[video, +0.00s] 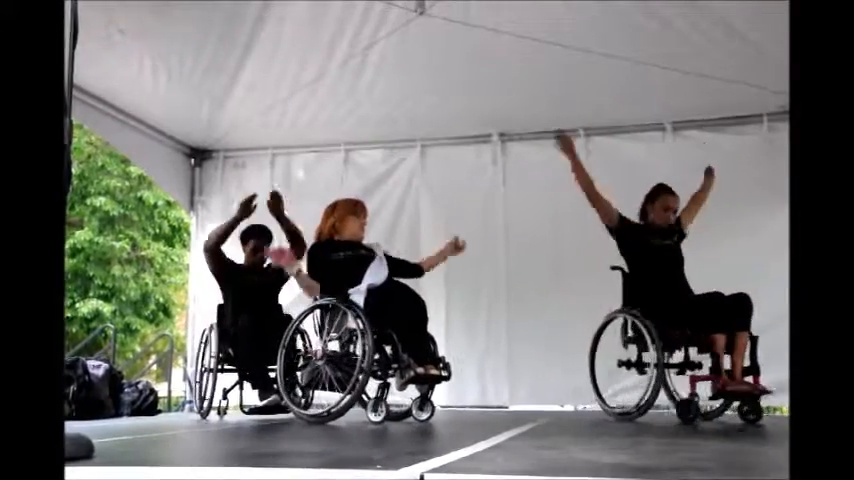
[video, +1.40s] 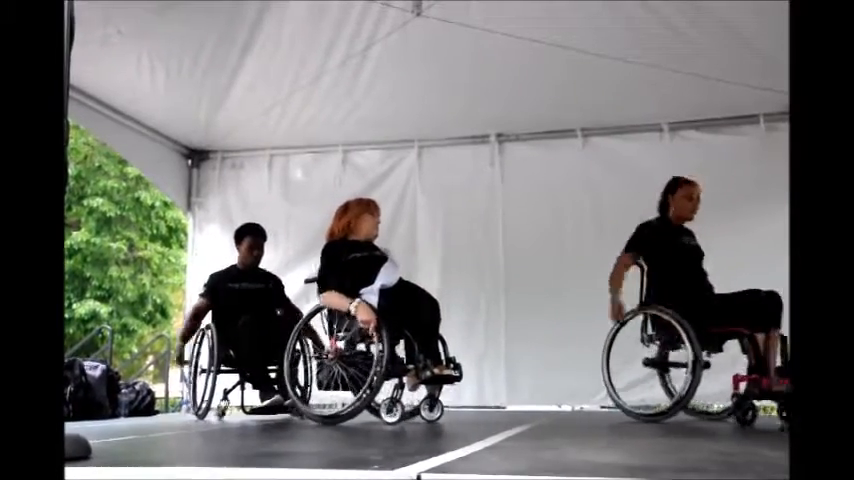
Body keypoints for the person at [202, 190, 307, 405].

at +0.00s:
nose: (262, 253)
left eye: (265, 247)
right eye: (256, 248)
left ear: (270, 249)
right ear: (244, 248)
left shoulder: (275, 275)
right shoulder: (230, 273)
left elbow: (299, 248)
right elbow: (210, 248)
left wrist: (281, 216)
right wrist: (238, 217)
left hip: (272, 334)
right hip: (241, 336)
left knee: (286, 322)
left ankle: (288, 390)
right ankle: (266, 392)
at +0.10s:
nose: (262, 255)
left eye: (266, 250)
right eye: (257, 249)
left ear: (270, 251)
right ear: (246, 247)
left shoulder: (275, 274)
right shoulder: (230, 273)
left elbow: (305, 250)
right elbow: (202, 249)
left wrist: (286, 217)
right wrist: (226, 214)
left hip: (272, 332)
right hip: (241, 334)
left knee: (288, 322)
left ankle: (290, 392)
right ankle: (268, 393)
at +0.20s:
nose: (265, 255)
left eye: (268, 250)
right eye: (259, 250)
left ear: (273, 249)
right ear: (247, 246)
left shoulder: (278, 273)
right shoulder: (229, 272)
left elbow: (312, 276)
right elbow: (188, 268)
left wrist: (317, 239)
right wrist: (190, 228)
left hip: (274, 337)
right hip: (242, 338)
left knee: (289, 322)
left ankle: (292, 391)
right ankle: (270, 393)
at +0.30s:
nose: (267, 255)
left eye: (270, 249)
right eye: (262, 250)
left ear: (274, 249)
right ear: (248, 246)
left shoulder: (277, 275)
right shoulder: (231, 273)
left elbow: (302, 292)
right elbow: (191, 285)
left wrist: (326, 281)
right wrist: (164, 257)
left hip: (273, 336)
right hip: (243, 338)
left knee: (290, 322)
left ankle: (293, 392)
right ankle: (271, 393)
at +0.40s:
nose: (266, 255)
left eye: (270, 250)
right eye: (261, 250)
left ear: (274, 248)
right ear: (248, 246)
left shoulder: (281, 280)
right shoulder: (230, 277)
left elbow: (304, 310)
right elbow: (202, 302)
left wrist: (323, 317)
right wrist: (174, 316)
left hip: (272, 338)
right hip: (240, 339)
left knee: (289, 323)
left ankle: (293, 392)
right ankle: (271, 393)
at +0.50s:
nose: (266, 254)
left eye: (269, 249)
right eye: (261, 249)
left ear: (274, 249)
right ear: (248, 246)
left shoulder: (282, 280)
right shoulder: (230, 277)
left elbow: (300, 312)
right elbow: (206, 305)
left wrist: (321, 332)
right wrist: (195, 330)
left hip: (275, 340)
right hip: (242, 341)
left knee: (293, 338)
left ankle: (293, 394)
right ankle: (271, 393)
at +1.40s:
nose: (257, 253)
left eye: (260, 248)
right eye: (252, 248)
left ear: (264, 249)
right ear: (238, 247)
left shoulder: (271, 282)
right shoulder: (219, 280)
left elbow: (292, 314)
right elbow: (197, 314)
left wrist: (318, 343)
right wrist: (181, 344)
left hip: (267, 342)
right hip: (233, 345)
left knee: (288, 323)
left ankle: (287, 393)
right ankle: (268, 393)